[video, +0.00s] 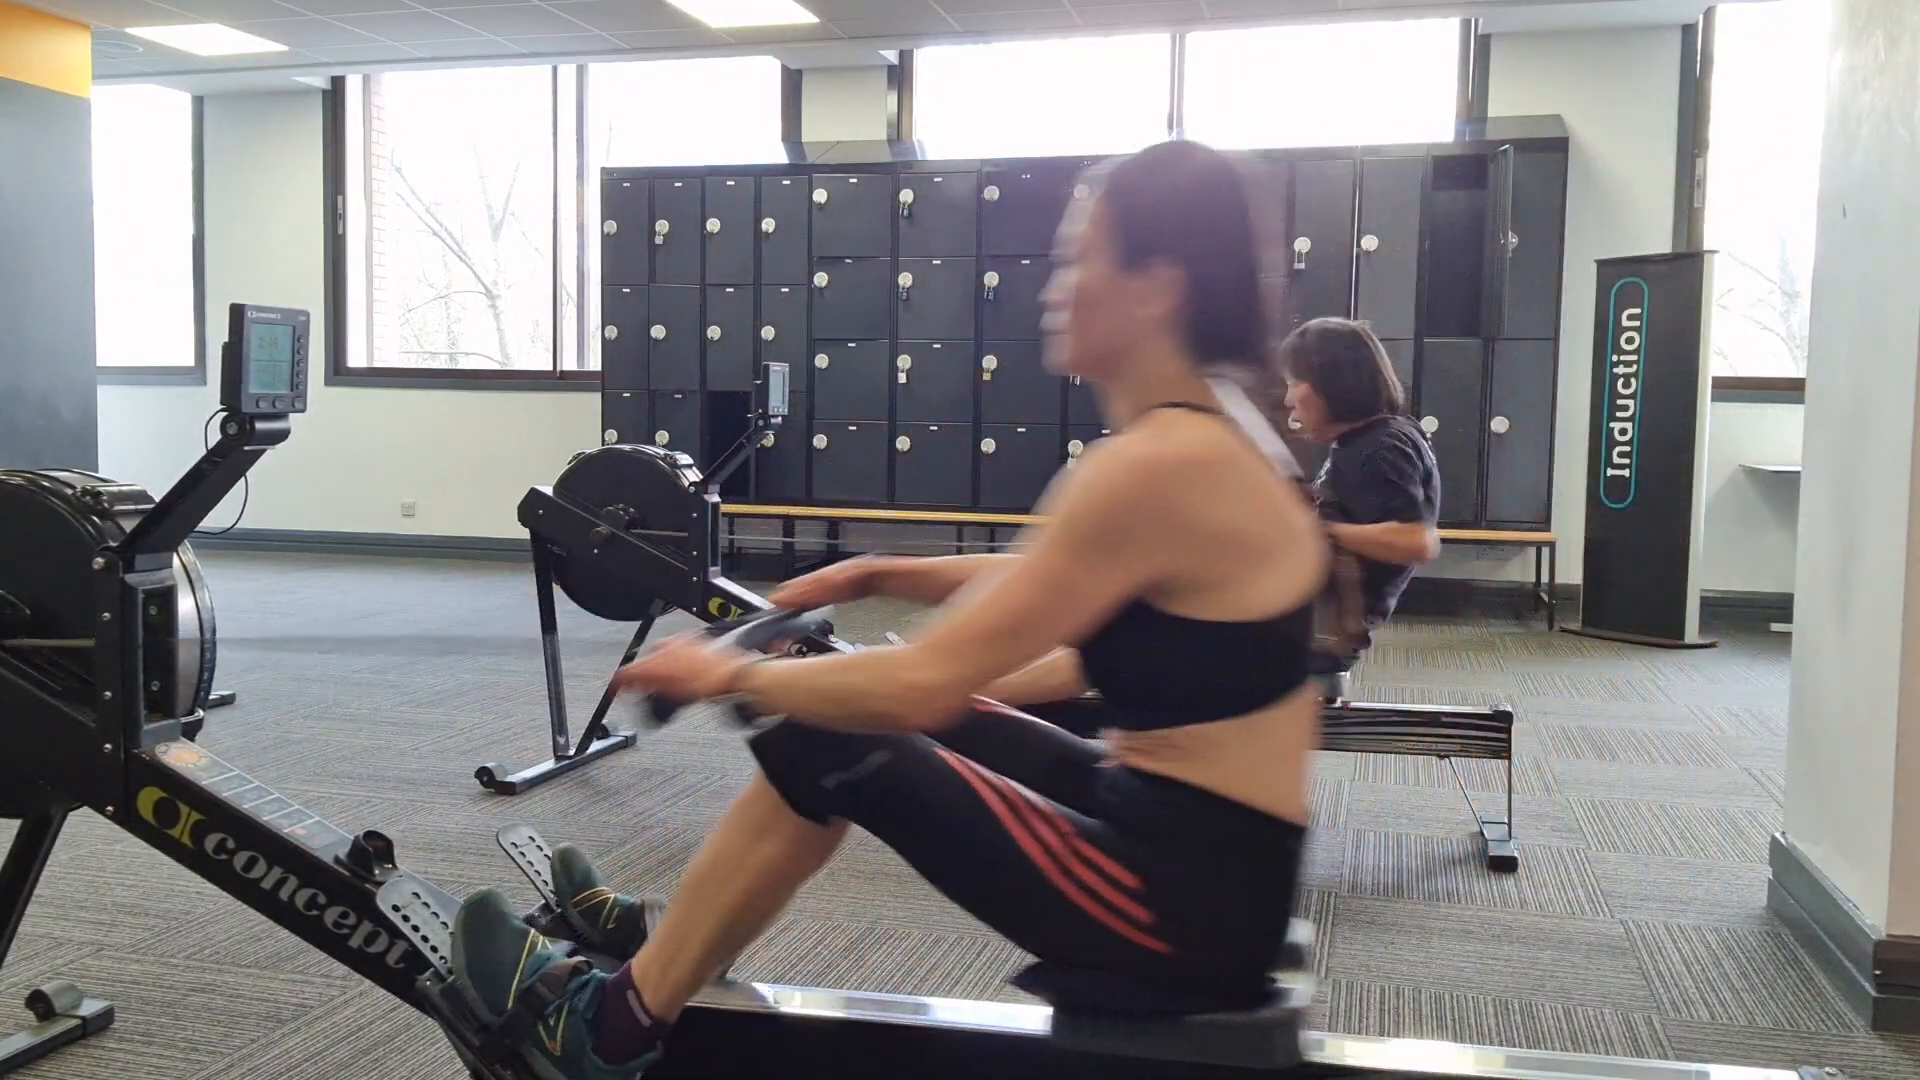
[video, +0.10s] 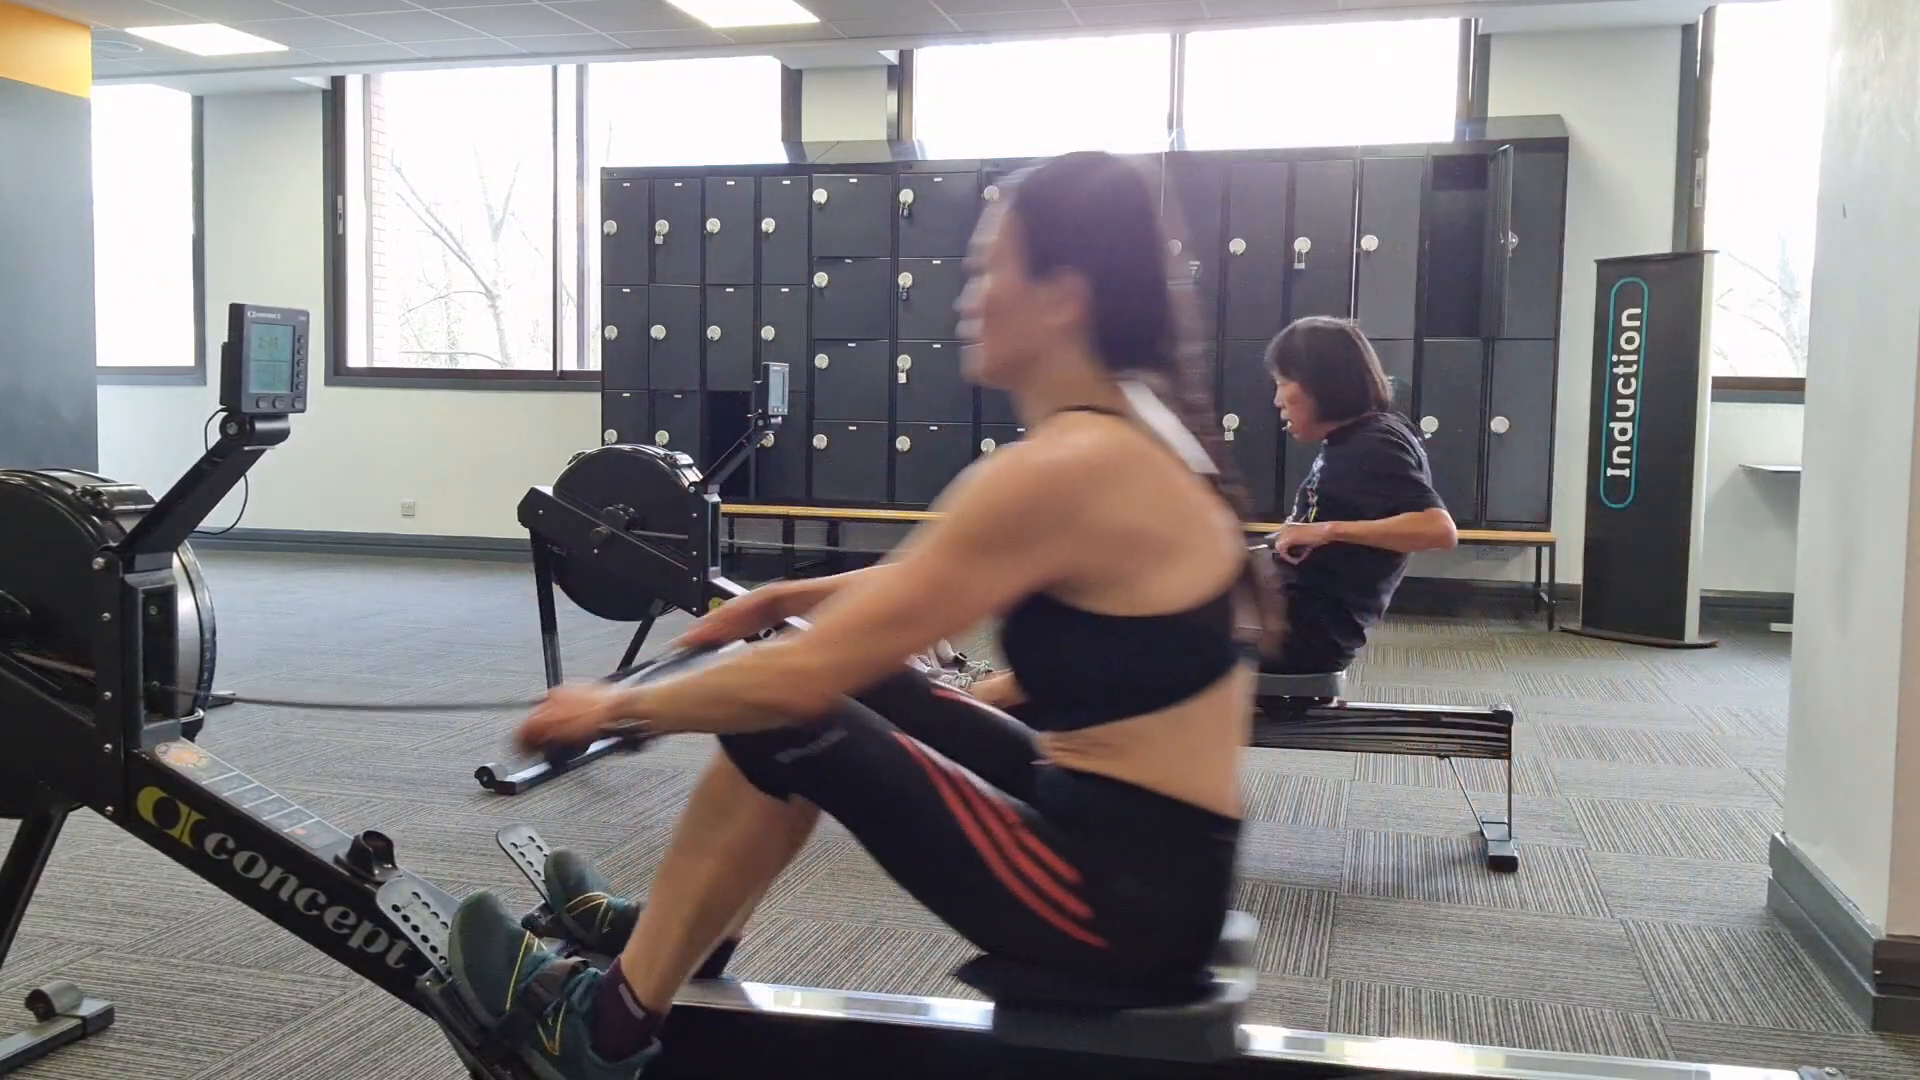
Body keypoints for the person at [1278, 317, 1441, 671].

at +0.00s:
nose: (1287, 400)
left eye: (1295, 383)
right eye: (1289, 384)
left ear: (1332, 385)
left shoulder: (1382, 451)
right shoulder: (1358, 443)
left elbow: (1420, 542)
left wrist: (1321, 532)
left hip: (1321, 647)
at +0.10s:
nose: (1276, 401)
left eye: (1283, 383)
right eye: (1277, 385)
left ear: (1322, 384)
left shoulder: (1378, 442)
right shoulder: (1346, 440)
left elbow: (1438, 531)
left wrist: (1330, 530)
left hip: (1305, 645)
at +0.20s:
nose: (1266, 401)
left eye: (1272, 382)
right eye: (1266, 385)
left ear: (1312, 384)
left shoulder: (1368, 442)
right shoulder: (1333, 441)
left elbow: (1413, 536)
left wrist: (1301, 531)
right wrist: (1279, 530)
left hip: (1302, 637)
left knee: (1149, 610)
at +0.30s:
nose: (1250, 399)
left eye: (1257, 382)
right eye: (1251, 384)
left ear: (1298, 384)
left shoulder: (1350, 442)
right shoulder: (1322, 438)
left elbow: (1362, 541)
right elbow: (1294, 519)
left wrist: (1251, 534)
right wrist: (1239, 530)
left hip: (1296, 635)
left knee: (1120, 606)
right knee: (1126, 590)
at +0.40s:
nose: (1226, 397)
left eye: (1233, 381)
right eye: (1227, 382)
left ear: (1271, 380)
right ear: (1277, 382)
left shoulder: (1329, 438)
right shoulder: (1302, 434)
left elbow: (1298, 535)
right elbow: (1268, 504)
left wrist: (1189, 531)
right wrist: (1187, 526)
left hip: (1284, 633)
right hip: (1262, 613)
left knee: (1105, 595)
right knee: (1105, 584)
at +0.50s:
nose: (1196, 396)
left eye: (1203, 380)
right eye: (1196, 381)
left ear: (1241, 380)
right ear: (1248, 380)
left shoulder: (1299, 441)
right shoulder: (1278, 435)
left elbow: (1235, 526)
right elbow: (1227, 495)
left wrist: (1130, 528)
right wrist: (1131, 527)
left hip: (1263, 633)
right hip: (1246, 614)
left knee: (1086, 585)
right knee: (1087, 577)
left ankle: (1002, 683)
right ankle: (1007, 678)